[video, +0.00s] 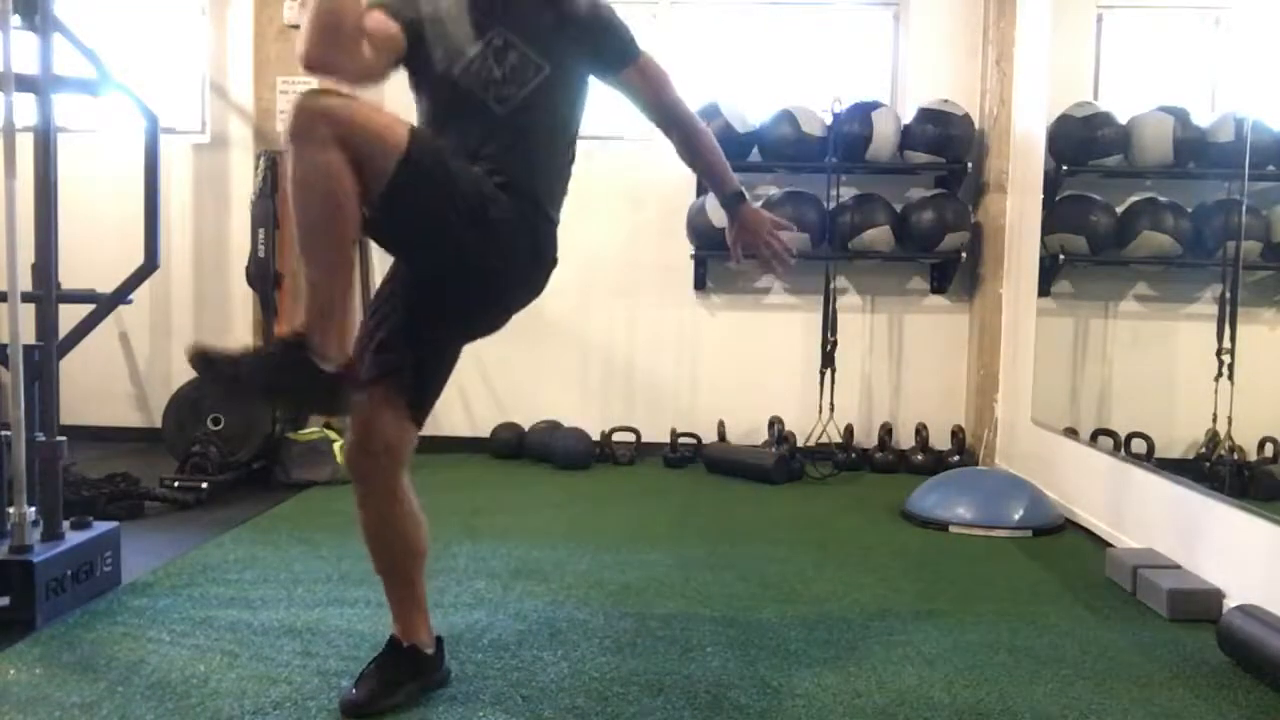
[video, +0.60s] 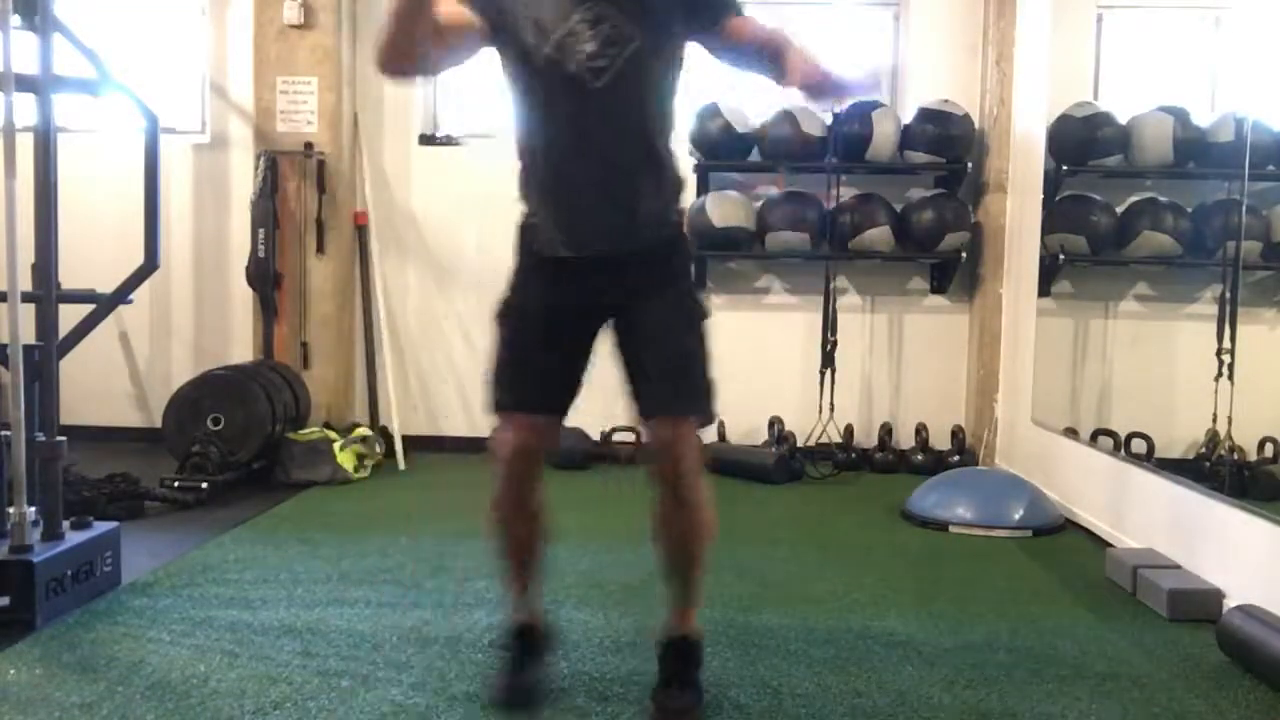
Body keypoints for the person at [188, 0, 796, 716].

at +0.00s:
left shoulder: (570, 15)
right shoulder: (423, 10)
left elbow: (668, 108)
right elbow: (337, 64)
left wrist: (737, 206)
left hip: (510, 241)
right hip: (434, 244)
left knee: (320, 115)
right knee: (373, 453)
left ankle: (325, 352)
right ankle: (415, 645)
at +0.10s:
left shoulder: (569, 19)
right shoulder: (417, 14)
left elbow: (666, 115)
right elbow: (327, 54)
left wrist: (739, 212)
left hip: (514, 247)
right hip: (436, 250)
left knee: (314, 166)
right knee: (370, 453)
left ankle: (344, 399)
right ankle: (414, 645)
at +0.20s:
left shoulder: (569, 13)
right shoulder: (419, 9)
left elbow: (671, 116)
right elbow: (315, 38)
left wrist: (743, 226)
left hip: (522, 244)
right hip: (443, 246)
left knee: (347, 304)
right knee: (371, 448)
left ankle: (451, 499)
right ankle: (413, 646)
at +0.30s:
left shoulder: (576, 11)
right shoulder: (427, 9)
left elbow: (684, 117)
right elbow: (312, 23)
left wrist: (754, 230)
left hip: (530, 256)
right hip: (442, 254)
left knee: (439, 422)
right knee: (378, 444)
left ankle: (572, 572)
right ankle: (411, 645)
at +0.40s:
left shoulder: (602, 10)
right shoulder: (446, 6)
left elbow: (708, 107)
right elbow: (393, 28)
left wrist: (775, 217)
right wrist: (331, 16)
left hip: (560, 267)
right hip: (467, 262)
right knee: (404, 450)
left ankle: (657, 617)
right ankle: (411, 647)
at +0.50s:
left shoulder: (641, 9)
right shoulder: (476, 8)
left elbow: (748, 82)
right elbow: (356, 21)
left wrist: (798, 169)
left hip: (612, 267)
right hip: (515, 265)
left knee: (629, 465)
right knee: (459, 448)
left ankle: (667, 646)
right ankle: (427, 646)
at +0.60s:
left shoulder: (666, 7)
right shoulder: (506, 7)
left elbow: (761, 43)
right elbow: (400, 56)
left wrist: (797, 67)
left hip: (652, 252)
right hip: (553, 254)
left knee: (676, 453)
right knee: (515, 448)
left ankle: (682, 640)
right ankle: (525, 631)